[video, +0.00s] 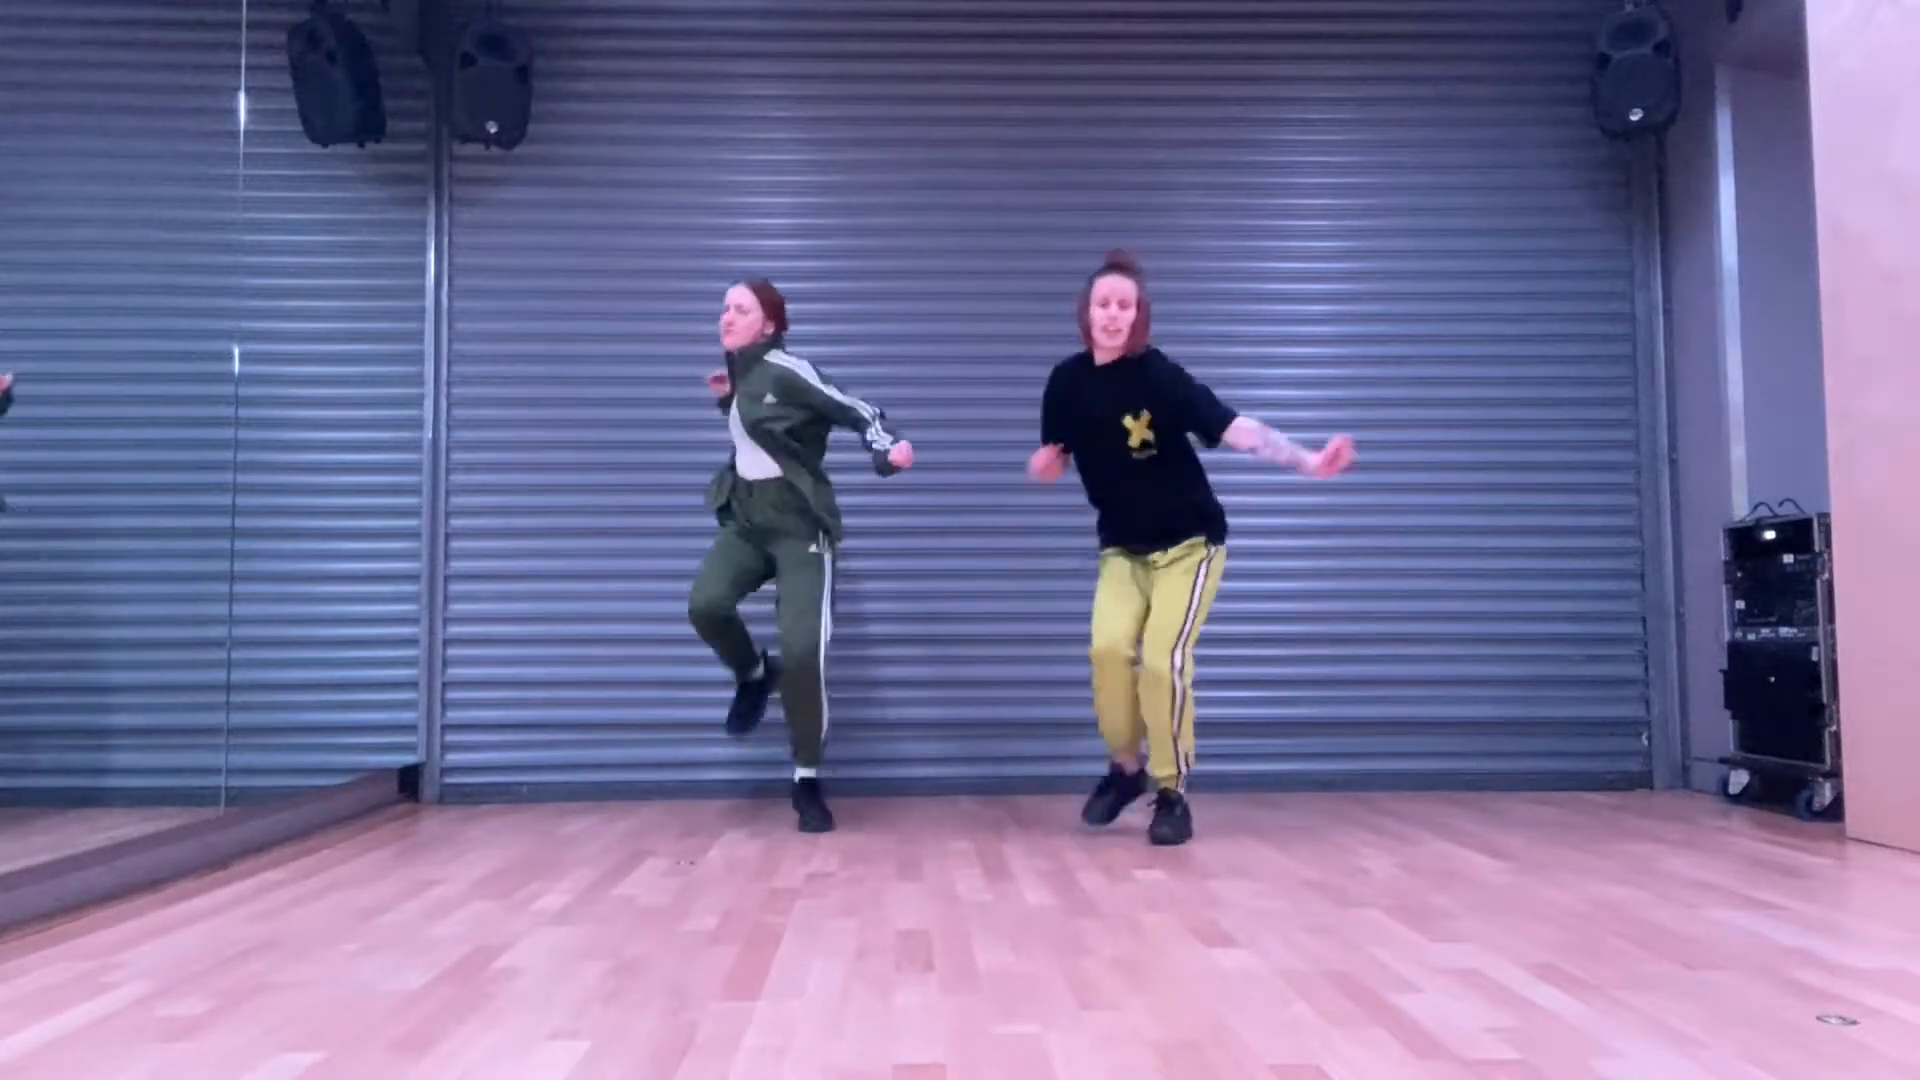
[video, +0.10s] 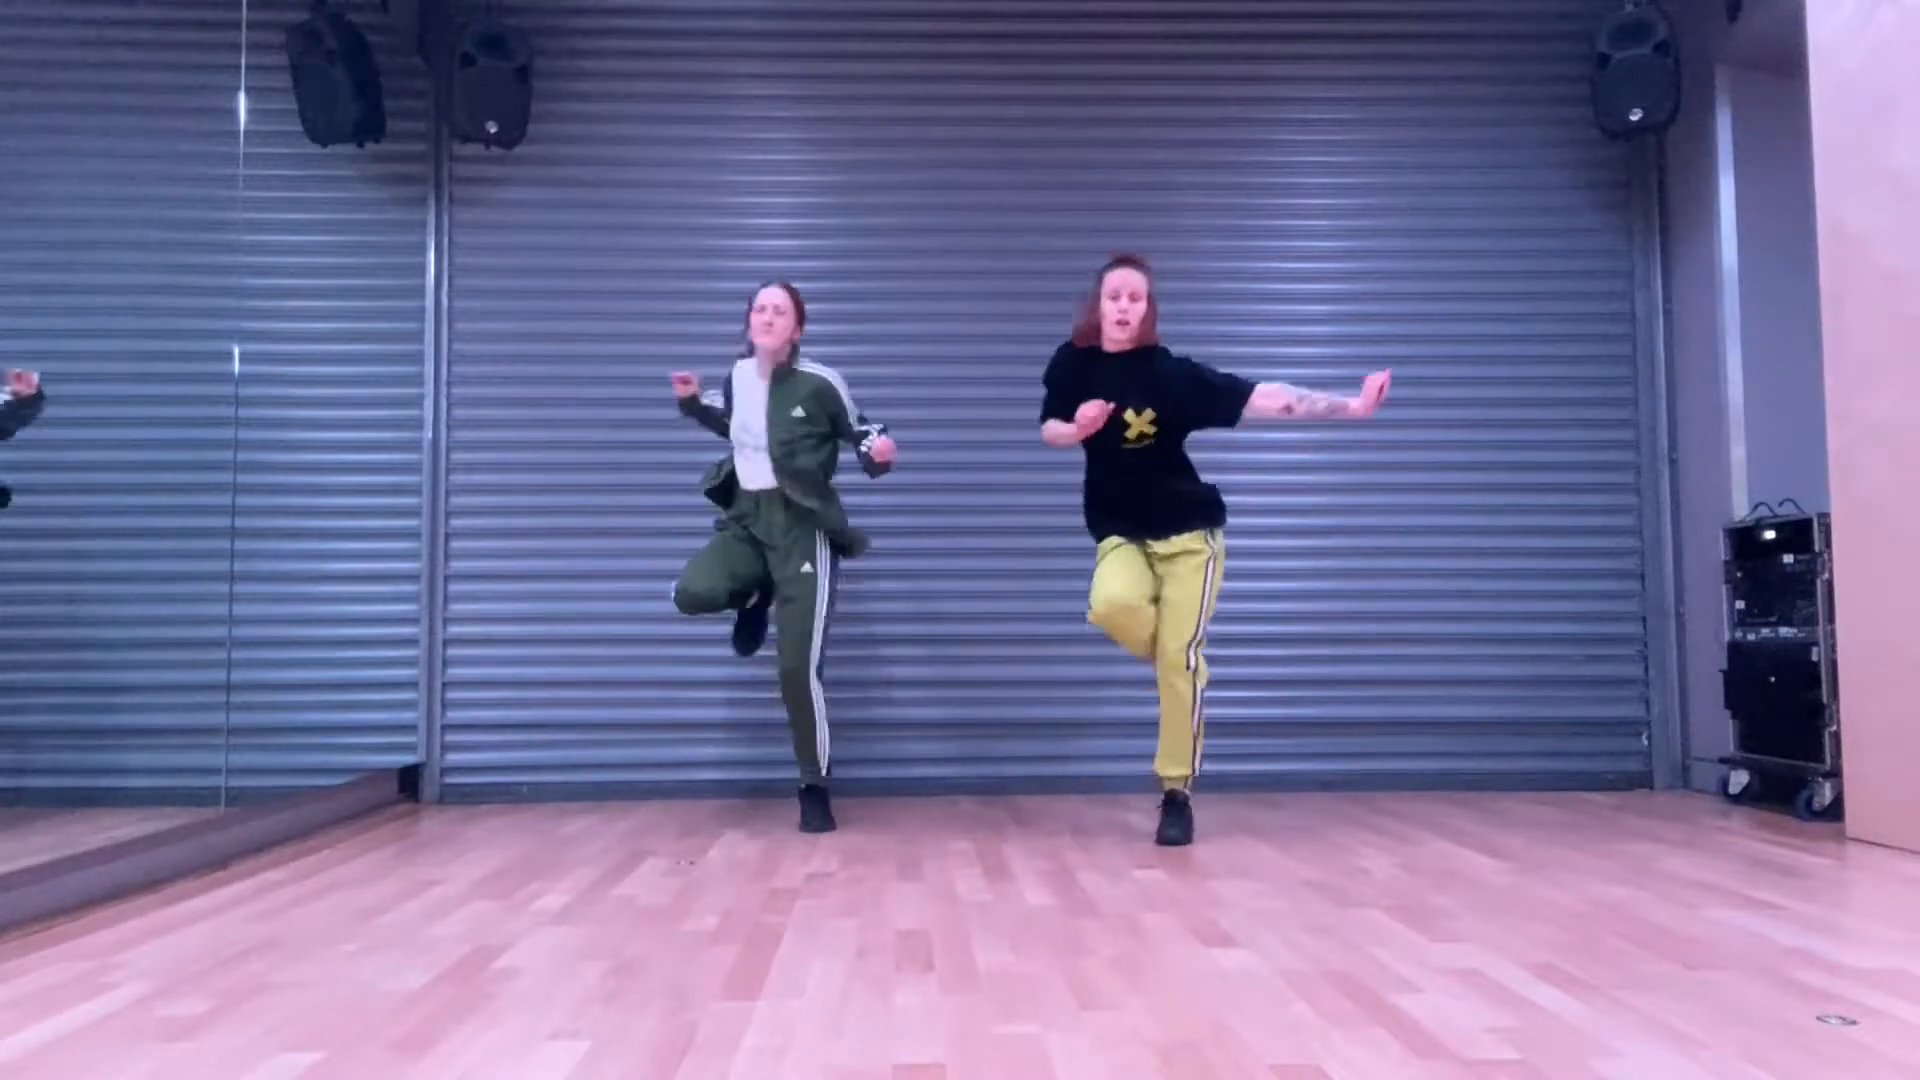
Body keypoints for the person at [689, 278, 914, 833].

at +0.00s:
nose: (725, 319)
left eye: (738, 311)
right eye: (725, 310)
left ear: (769, 325)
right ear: (729, 322)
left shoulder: (786, 372)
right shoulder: (740, 374)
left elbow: (857, 412)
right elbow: (756, 423)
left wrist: (884, 446)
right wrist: (729, 397)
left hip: (799, 525)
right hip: (746, 520)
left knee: (802, 655)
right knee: (706, 607)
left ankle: (806, 778)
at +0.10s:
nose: (768, 318)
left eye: (780, 311)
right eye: (761, 310)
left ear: (798, 328)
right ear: (748, 324)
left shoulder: (822, 384)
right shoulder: (739, 376)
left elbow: (861, 439)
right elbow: (736, 430)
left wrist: (877, 455)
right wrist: (693, 404)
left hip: (803, 524)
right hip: (745, 520)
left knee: (797, 669)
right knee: (691, 596)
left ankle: (814, 787)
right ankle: (755, 597)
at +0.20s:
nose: (805, 309)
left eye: (815, 302)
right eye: (796, 301)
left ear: (831, 317)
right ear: (781, 314)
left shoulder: (846, 384)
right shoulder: (742, 367)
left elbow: (861, 467)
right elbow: (668, 414)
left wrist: (865, 438)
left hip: (808, 521)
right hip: (740, 513)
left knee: (803, 661)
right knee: (666, 615)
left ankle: (815, 786)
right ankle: (704, 655)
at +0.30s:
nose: (799, 324)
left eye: (810, 316)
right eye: (791, 316)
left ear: (829, 328)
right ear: (779, 325)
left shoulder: (841, 396)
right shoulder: (750, 366)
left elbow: (863, 467)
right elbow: (678, 382)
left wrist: (825, 423)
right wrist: (606, 381)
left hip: (812, 521)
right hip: (751, 508)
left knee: (800, 664)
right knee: (680, 636)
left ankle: (808, 789)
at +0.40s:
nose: (774, 320)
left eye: (784, 311)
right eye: (767, 313)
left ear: (807, 322)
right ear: (759, 323)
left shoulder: (831, 381)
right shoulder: (745, 372)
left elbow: (824, 442)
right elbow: (739, 392)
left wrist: (758, 433)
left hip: (795, 528)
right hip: (735, 521)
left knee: (797, 668)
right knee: (666, 644)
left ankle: (808, 790)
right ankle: (617, 776)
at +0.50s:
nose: (753, 312)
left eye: (765, 304)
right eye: (745, 304)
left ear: (788, 314)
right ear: (735, 313)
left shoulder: (804, 366)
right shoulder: (719, 352)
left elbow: (778, 414)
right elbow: (759, 369)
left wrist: (719, 435)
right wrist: (812, 362)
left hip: (772, 507)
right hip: (709, 505)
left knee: (788, 648)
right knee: (680, 635)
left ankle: (790, 774)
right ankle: (684, 768)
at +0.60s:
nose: (735, 340)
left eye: (745, 331)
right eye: (726, 332)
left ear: (767, 339)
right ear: (715, 338)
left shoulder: (787, 375)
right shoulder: (702, 374)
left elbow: (789, 390)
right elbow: (753, 383)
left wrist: (747, 414)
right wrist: (810, 364)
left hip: (761, 544)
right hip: (696, 541)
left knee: (797, 643)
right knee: (699, 665)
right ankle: (703, 793)